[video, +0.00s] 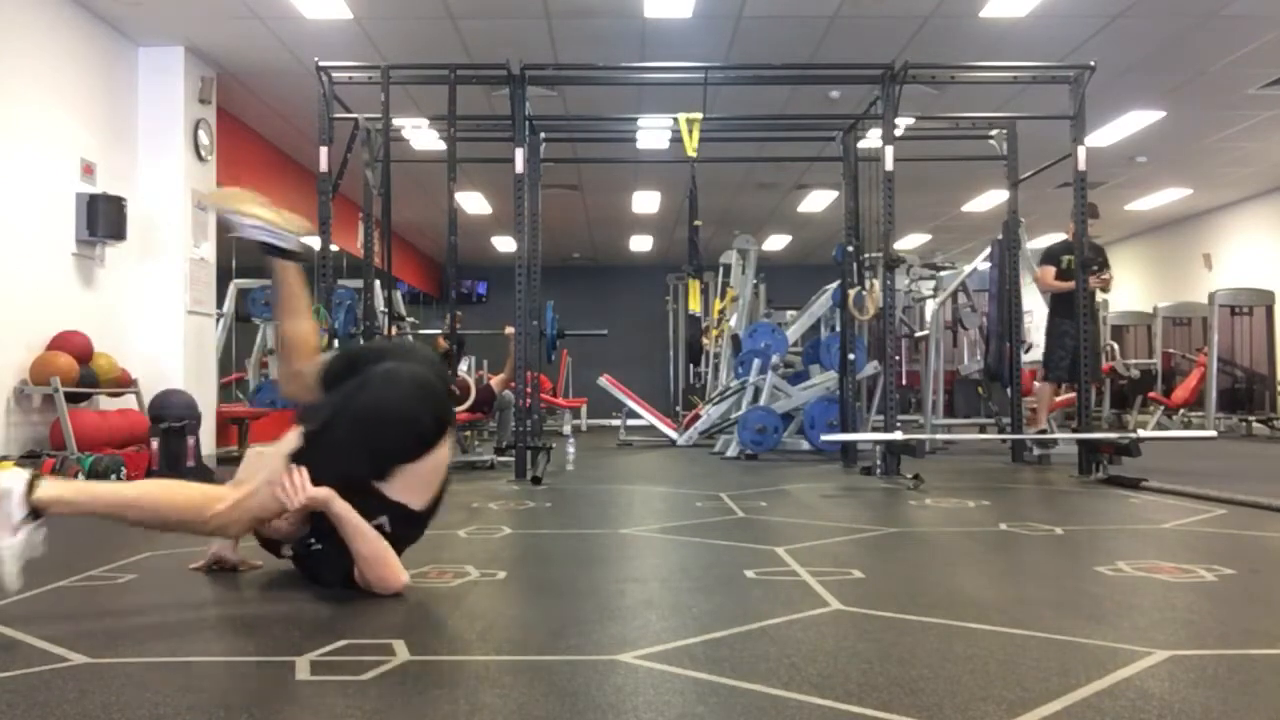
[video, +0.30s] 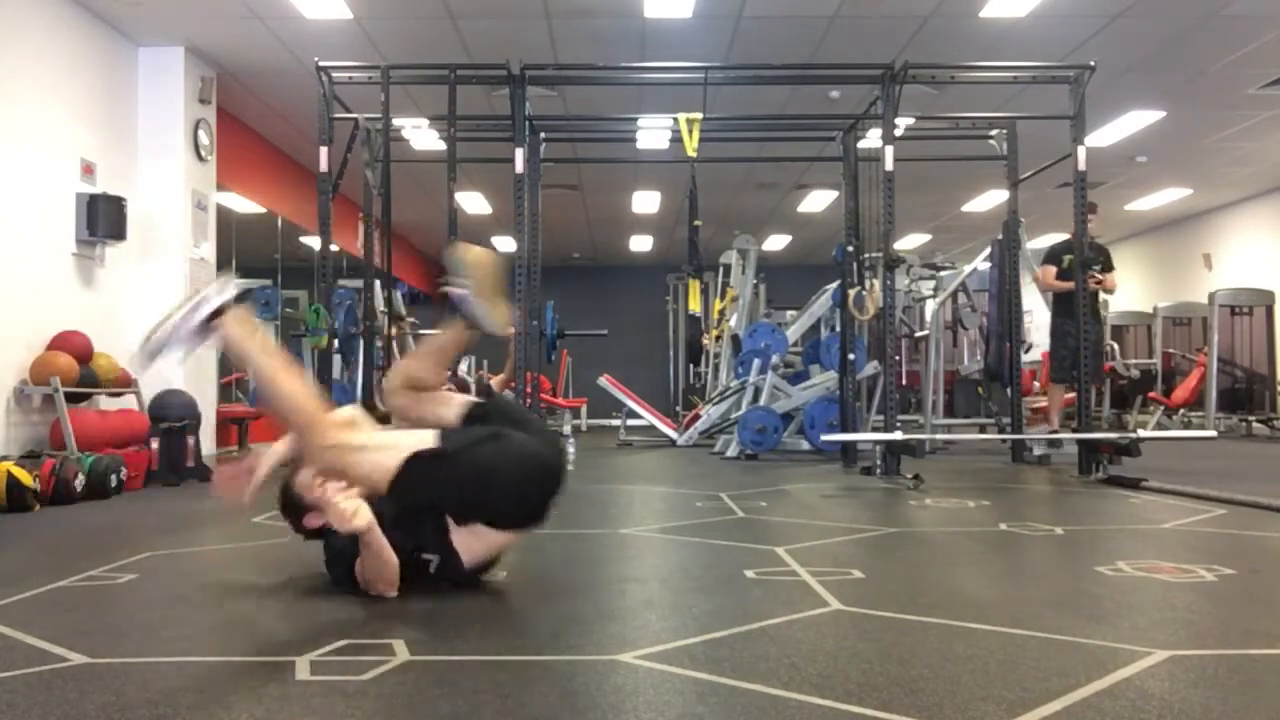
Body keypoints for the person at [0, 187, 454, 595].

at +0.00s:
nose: (275, 524)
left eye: (273, 531)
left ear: (274, 535)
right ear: (298, 542)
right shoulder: (329, 557)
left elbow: (267, 451)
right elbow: (393, 581)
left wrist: (230, 543)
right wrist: (331, 505)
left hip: (402, 367)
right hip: (412, 403)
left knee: (301, 381)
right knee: (231, 510)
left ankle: (284, 248)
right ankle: (34, 492)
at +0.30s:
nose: (329, 482)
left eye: (324, 476)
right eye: (315, 488)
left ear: (339, 477)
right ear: (312, 518)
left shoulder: (371, 474)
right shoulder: (345, 553)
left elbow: (349, 415)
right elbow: (384, 584)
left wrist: (277, 453)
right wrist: (368, 530)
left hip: (518, 434)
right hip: (519, 479)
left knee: (398, 391)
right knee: (322, 439)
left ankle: (473, 319)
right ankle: (227, 318)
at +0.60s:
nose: (412, 433)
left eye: (406, 425)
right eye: (394, 432)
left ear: (414, 432)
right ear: (372, 457)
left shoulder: (453, 476)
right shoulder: (397, 510)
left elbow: (498, 413)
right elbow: (386, 541)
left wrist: (434, 355)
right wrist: (384, 499)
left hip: (598, 517)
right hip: (557, 539)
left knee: (572, 365)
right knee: (509, 357)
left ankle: (681, 431)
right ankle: (590, 219)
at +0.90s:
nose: (536, 351)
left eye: (534, 341)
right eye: (521, 341)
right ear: (483, 356)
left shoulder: (537, 413)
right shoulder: (473, 416)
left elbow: (608, 396)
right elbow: (505, 453)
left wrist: (641, 330)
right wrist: (581, 429)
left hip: (626, 534)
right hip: (591, 543)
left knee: (680, 392)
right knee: (663, 376)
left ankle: (761, 506)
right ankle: (815, 300)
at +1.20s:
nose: (614, 323)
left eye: (613, 313)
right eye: (602, 311)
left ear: (581, 320)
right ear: (562, 316)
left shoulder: (592, 384)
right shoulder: (539, 381)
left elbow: (672, 409)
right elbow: (559, 443)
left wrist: (754, 382)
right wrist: (655, 467)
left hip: (627, 541)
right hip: (597, 549)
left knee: (708, 424)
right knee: (731, 416)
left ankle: (769, 541)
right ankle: (906, 386)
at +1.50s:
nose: (661, 314)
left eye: (661, 302)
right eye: (649, 299)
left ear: (619, 306)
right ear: (608, 304)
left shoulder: (617, 374)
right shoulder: (593, 372)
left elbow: (700, 424)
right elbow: (611, 469)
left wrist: (801, 428)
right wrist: (697, 535)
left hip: (630, 538)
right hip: (625, 551)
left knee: (696, 432)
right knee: (785, 452)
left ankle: (762, 542)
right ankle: (958, 443)